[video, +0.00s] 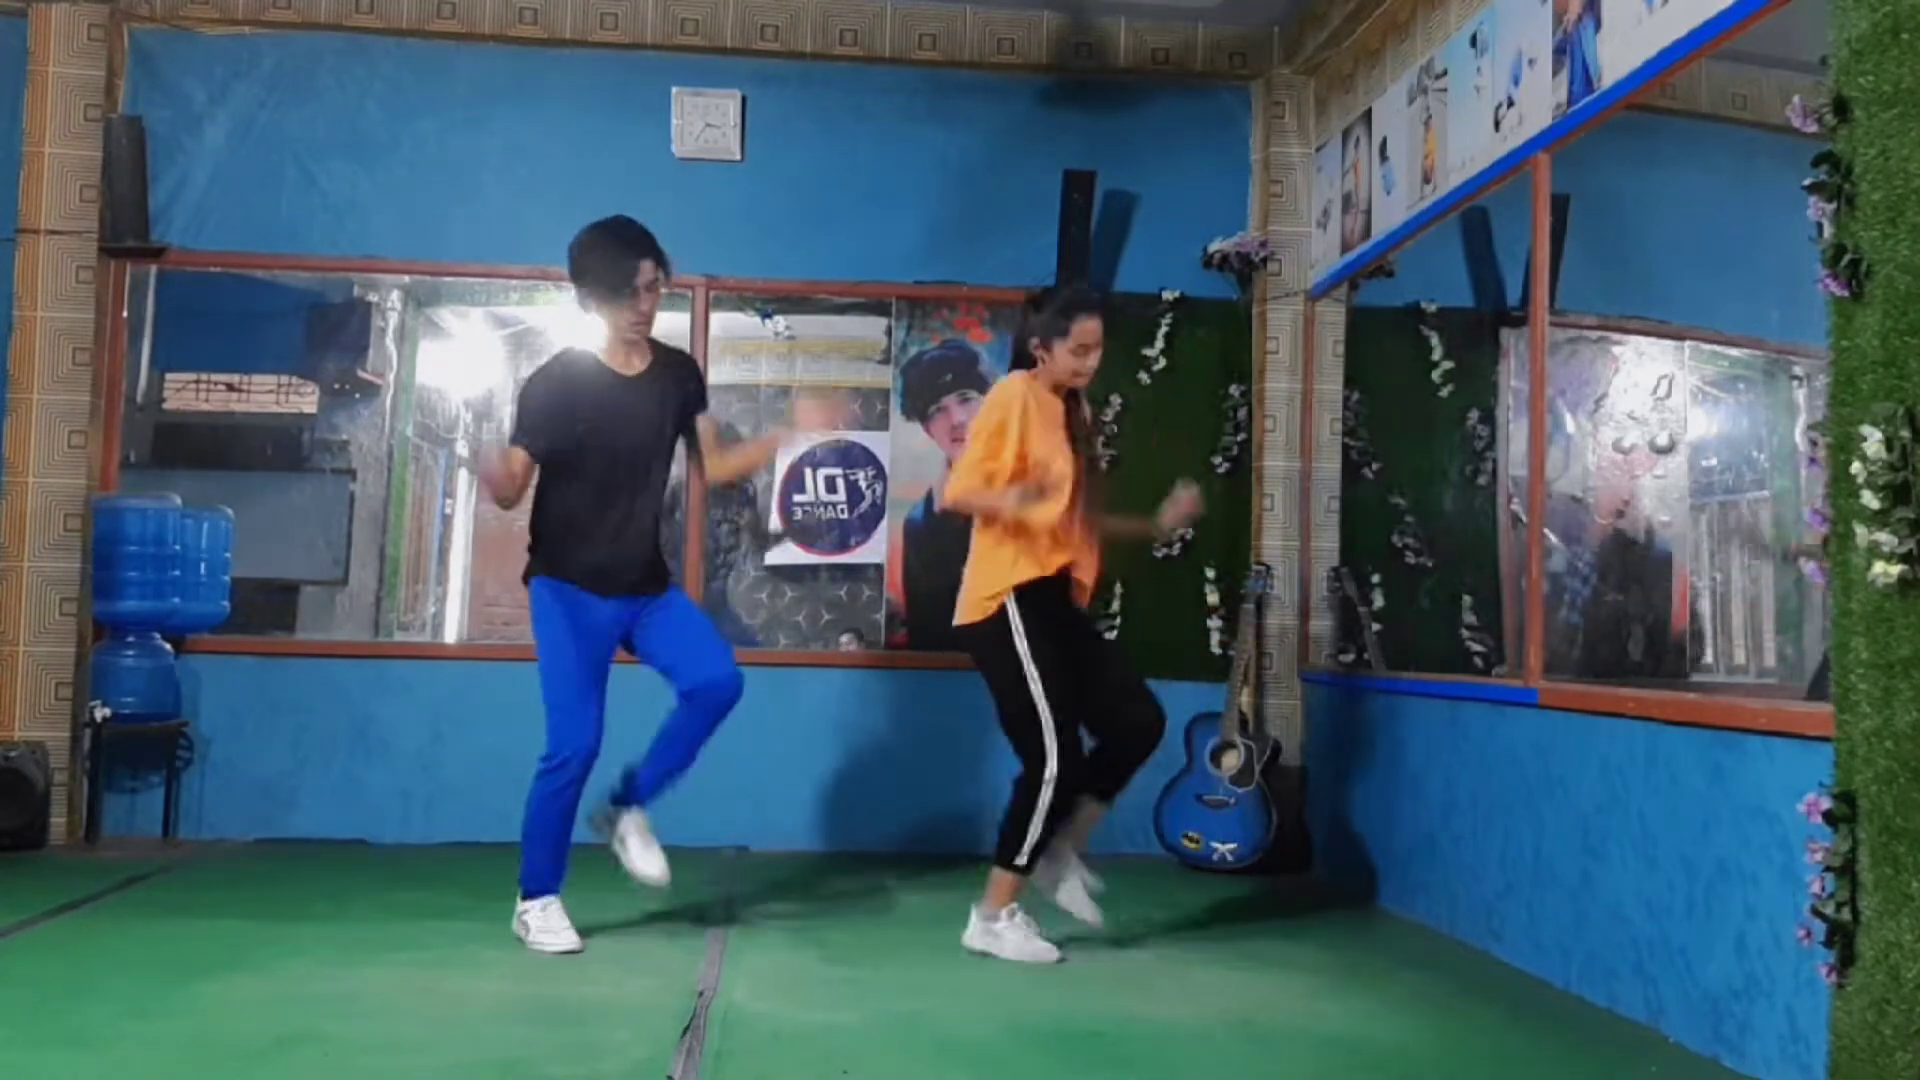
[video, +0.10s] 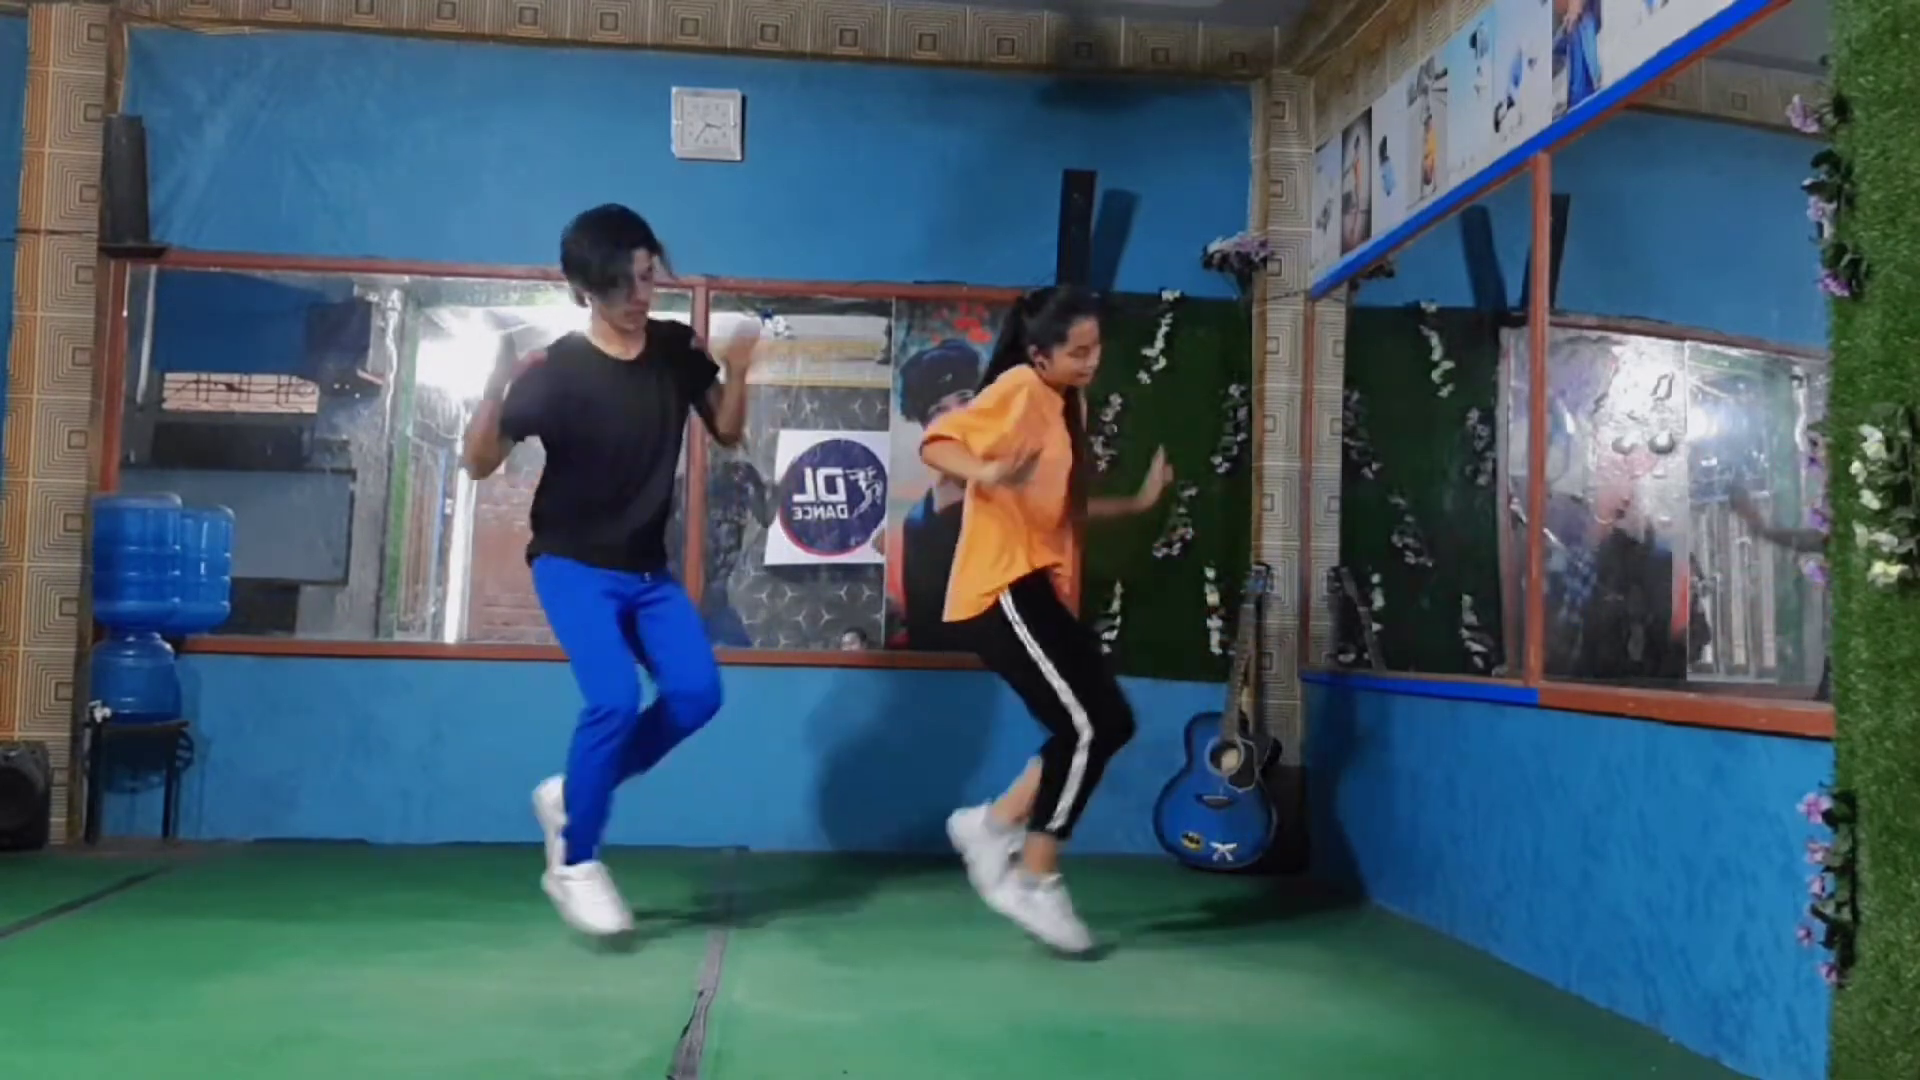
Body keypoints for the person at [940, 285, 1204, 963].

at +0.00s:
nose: (1090, 361)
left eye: (1097, 349)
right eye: (1079, 349)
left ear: (1101, 350)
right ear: (1041, 347)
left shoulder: (1068, 412)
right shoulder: (1014, 397)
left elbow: (1073, 520)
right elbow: (958, 491)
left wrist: (1155, 527)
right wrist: (1017, 500)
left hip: (1052, 596)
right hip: (1006, 600)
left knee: (1139, 725)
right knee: (1054, 756)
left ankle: (1059, 850)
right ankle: (994, 913)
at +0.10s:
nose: (1091, 361)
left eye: (1095, 348)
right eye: (1079, 351)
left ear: (1093, 347)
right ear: (1041, 349)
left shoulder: (1055, 406)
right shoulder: (1019, 389)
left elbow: (1059, 508)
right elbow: (936, 447)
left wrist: (1137, 504)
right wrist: (985, 471)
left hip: (1034, 585)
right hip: (1002, 589)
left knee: (1106, 722)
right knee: (1088, 724)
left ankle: (994, 825)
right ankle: (1033, 880)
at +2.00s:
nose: (1046, 356)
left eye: (1061, 345)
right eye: (1037, 344)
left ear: (1089, 351)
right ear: (1027, 351)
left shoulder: (1121, 406)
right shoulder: (1020, 430)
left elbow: (1176, 500)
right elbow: (1017, 551)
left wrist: (1143, 515)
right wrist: (976, 592)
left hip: (1098, 609)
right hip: (1030, 605)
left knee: (1088, 752)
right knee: (939, 721)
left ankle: (1141, 884)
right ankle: (946, 887)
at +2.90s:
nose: (1039, 354)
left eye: (1050, 340)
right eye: (1027, 340)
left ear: (1066, 349)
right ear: (1003, 345)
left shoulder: (1064, 420)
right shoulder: (978, 397)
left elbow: (1106, 530)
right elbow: (885, 439)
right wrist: (972, 455)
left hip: (1061, 586)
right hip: (1006, 586)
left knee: (1061, 740)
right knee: (1100, 729)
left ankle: (1011, 892)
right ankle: (1149, 898)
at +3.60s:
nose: (981, 353)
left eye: (994, 342)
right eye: (969, 338)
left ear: (1007, 353)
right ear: (944, 344)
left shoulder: (1033, 411)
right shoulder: (917, 423)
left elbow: (1056, 527)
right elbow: (898, 526)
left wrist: (1064, 620)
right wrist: (869, 439)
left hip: (1017, 593)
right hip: (944, 590)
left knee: (996, 751)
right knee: (939, 749)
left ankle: (1022, 892)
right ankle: (899, 893)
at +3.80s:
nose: (998, 356)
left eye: (1012, 346)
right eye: (988, 340)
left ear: (1024, 353)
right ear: (962, 337)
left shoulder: (1045, 417)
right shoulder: (922, 407)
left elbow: (1076, 506)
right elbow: (865, 476)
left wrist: (1043, 542)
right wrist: (885, 528)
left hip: (1011, 597)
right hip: (934, 589)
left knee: (996, 746)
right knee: (907, 744)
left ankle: (1011, 887)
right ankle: (901, 893)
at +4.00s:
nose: (1007, 356)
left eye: (1023, 350)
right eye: (1001, 339)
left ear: (1032, 359)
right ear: (974, 333)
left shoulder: (1041, 419)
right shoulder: (926, 405)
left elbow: (1063, 529)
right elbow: (882, 498)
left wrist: (1000, 507)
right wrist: (913, 510)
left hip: (1003, 601)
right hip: (932, 593)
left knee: (994, 752)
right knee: (905, 749)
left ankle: (1007, 893)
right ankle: (902, 891)